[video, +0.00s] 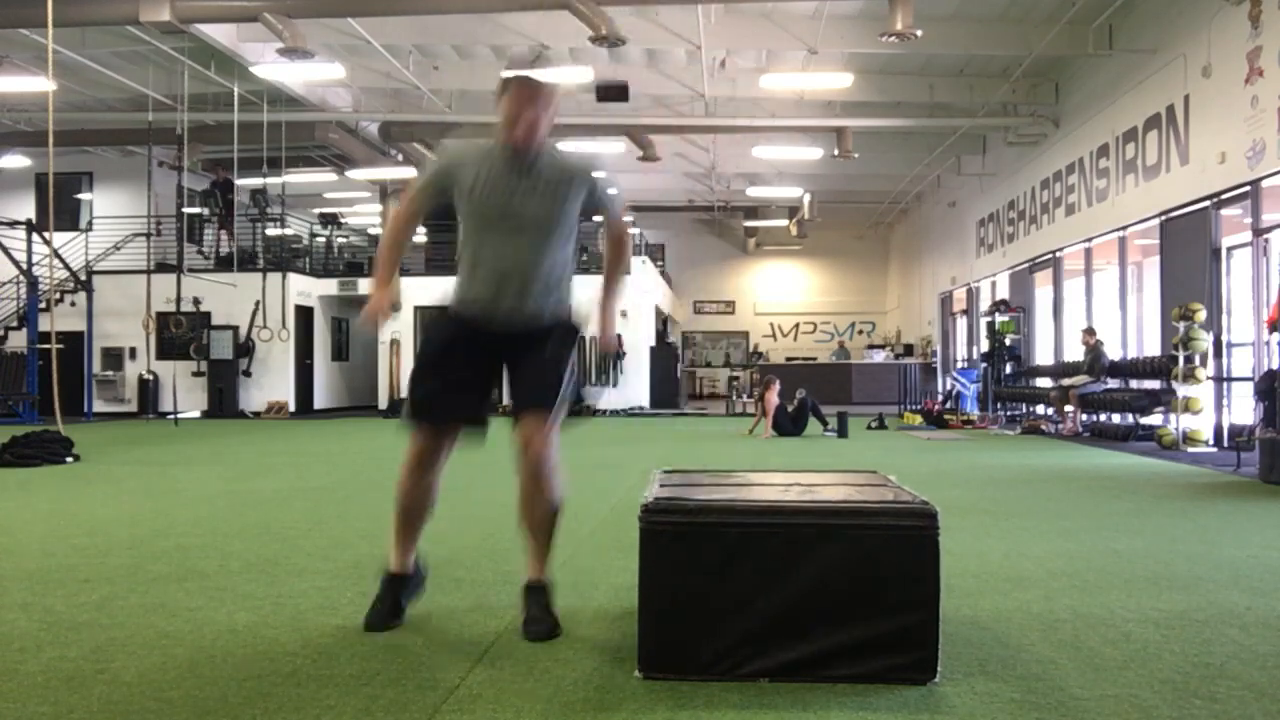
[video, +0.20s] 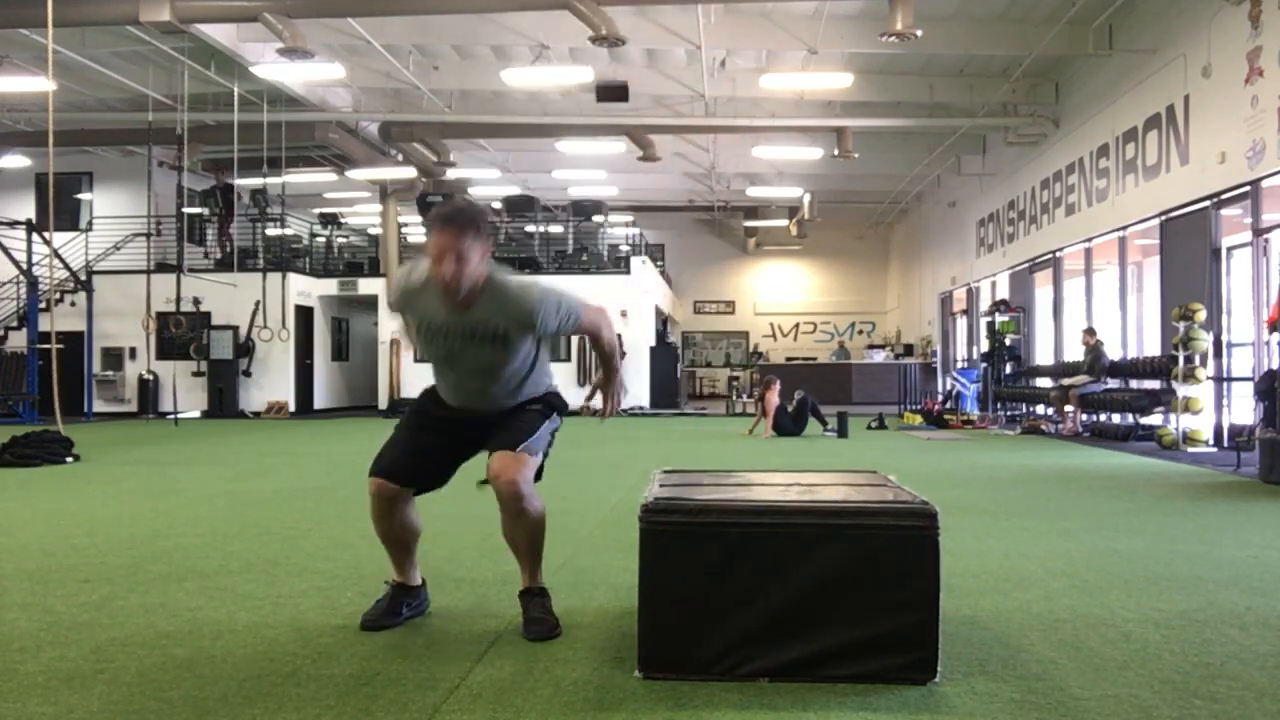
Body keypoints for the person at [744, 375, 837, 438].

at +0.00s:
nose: (779, 387)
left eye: (778, 384)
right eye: (778, 384)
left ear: (767, 385)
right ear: (772, 385)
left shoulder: (765, 396)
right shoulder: (771, 396)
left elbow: (759, 416)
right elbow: (769, 416)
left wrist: (751, 430)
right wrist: (767, 433)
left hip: (785, 430)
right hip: (793, 430)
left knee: (808, 401)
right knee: (806, 401)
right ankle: (826, 426)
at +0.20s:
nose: (779, 387)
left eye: (779, 385)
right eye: (778, 385)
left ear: (767, 386)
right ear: (772, 385)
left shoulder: (764, 396)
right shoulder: (772, 396)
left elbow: (759, 415)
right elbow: (769, 416)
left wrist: (750, 430)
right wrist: (767, 433)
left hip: (784, 430)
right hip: (793, 430)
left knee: (781, 406)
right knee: (806, 400)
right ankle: (826, 426)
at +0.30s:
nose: (779, 387)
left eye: (779, 385)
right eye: (778, 385)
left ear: (767, 386)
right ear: (773, 385)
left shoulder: (764, 396)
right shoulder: (772, 396)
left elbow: (759, 415)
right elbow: (769, 416)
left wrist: (750, 430)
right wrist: (767, 433)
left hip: (784, 430)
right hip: (793, 431)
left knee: (782, 407)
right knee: (806, 399)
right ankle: (826, 426)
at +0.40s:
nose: (779, 387)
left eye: (779, 384)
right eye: (778, 385)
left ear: (767, 385)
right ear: (773, 385)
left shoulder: (764, 396)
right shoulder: (772, 396)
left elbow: (759, 415)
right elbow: (769, 416)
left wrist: (750, 430)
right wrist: (767, 433)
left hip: (784, 430)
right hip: (793, 430)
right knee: (806, 400)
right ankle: (826, 426)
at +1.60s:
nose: (779, 387)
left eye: (779, 385)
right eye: (778, 385)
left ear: (767, 385)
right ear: (773, 385)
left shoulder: (765, 396)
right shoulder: (772, 395)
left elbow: (759, 415)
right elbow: (770, 416)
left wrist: (750, 430)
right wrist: (767, 433)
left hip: (785, 430)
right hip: (792, 430)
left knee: (804, 398)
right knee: (806, 400)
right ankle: (826, 426)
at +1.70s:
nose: (779, 387)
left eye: (779, 385)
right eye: (778, 385)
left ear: (767, 385)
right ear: (773, 385)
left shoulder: (765, 396)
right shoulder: (772, 396)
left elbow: (759, 415)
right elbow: (770, 416)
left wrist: (750, 430)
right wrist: (767, 433)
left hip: (784, 430)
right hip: (792, 430)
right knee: (807, 400)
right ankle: (826, 426)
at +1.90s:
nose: (779, 387)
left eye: (779, 384)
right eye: (778, 385)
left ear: (767, 385)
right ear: (773, 385)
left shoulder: (765, 396)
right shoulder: (771, 396)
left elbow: (759, 415)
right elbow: (769, 416)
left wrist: (750, 430)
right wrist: (767, 433)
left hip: (784, 430)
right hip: (792, 431)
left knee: (782, 407)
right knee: (807, 400)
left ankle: (797, 402)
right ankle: (826, 426)